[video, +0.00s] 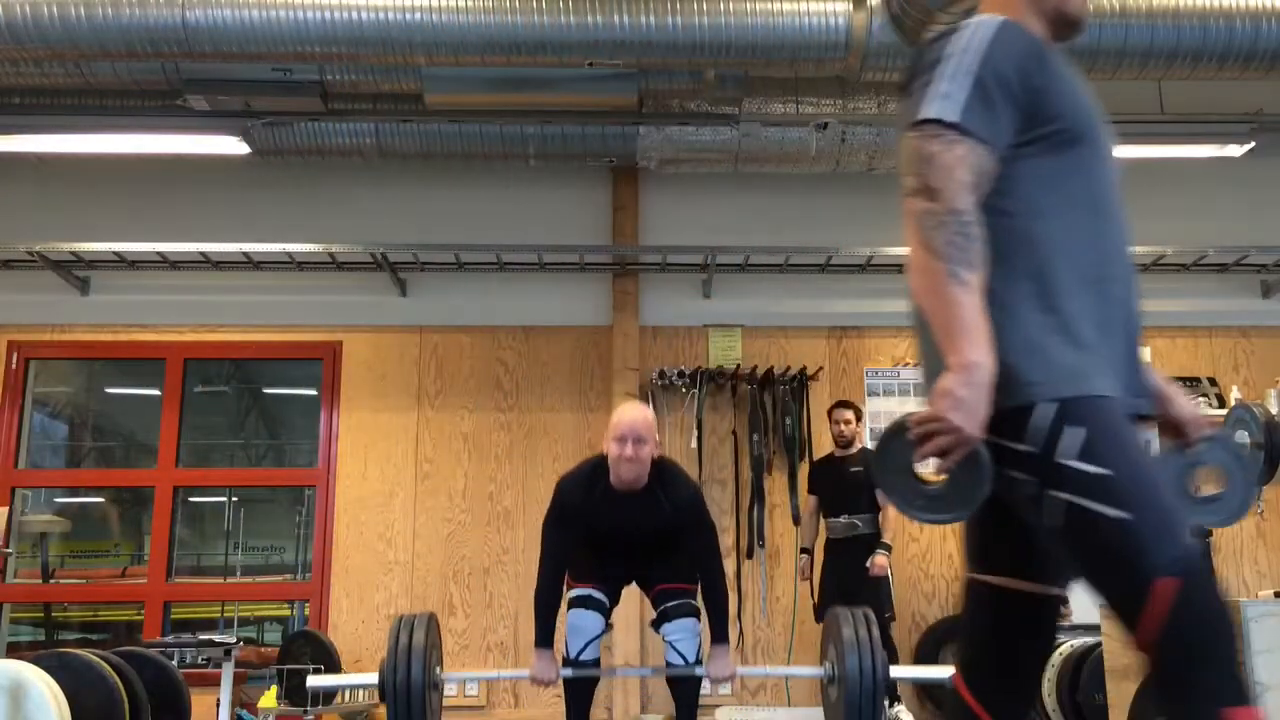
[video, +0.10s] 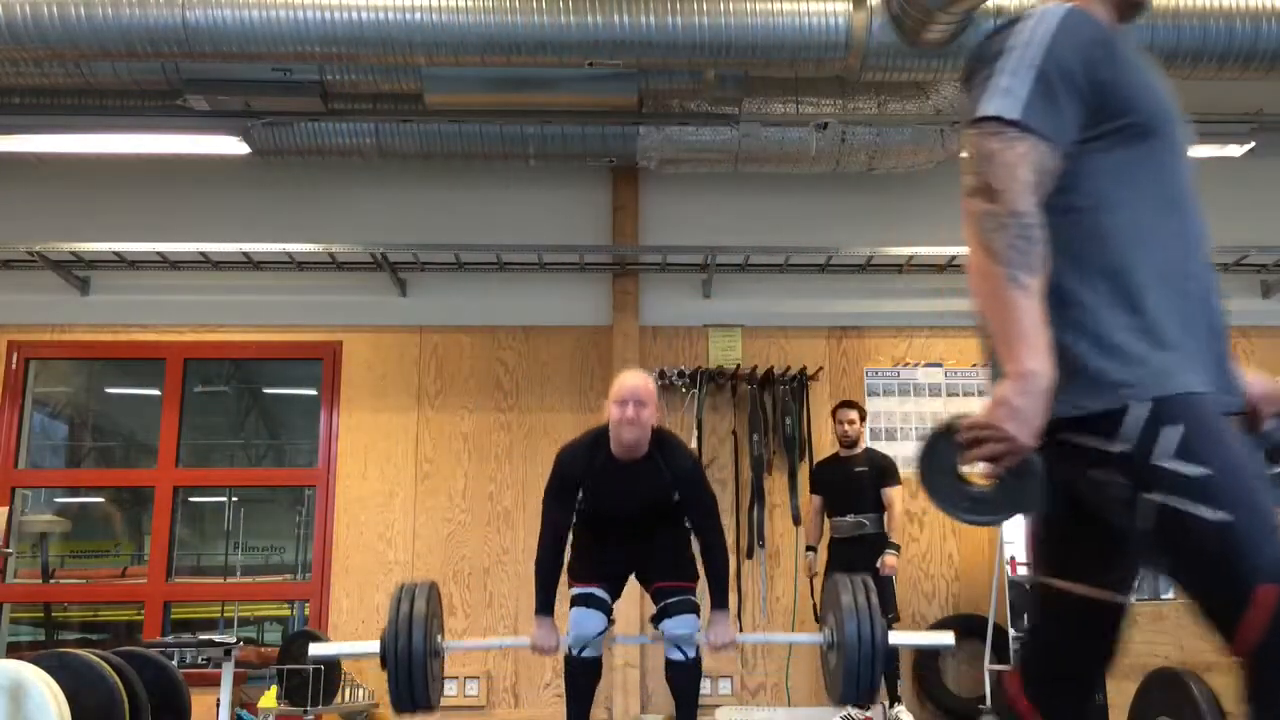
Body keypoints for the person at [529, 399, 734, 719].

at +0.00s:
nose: (629, 451)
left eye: (639, 442)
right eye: (620, 441)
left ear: (656, 446)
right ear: (606, 444)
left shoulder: (680, 490)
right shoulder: (574, 489)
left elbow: (711, 569)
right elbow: (550, 571)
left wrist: (720, 647)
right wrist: (543, 649)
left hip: (665, 562)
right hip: (595, 562)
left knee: (684, 633)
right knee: (582, 629)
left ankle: (686, 715)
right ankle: (577, 715)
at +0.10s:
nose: (630, 413)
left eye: (640, 404)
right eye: (622, 403)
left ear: (656, 412)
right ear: (608, 408)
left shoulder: (678, 460)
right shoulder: (576, 458)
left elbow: (711, 534)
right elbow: (552, 537)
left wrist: (721, 611)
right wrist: (543, 616)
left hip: (663, 543)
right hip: (598, 543)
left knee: (682, 630)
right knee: (585, 630)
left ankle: (686, 715)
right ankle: (577, 716)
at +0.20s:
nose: (630, 369)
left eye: (639, 362)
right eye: (621, 361)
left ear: (654, 375)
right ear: (607, 373)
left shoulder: (677, 429)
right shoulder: (577, 428)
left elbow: (712, 499)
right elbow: (551, 502)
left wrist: (720, 573)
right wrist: (544, 578)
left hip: (662, 528)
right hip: (600, 527)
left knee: (686, 627)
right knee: (585, 624)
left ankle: (687, 716)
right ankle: (576, 716)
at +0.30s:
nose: (629, 326)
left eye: (638, 320)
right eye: (621, 319)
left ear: (653, 335)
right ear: (607, 332)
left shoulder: (673, 395)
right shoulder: (578, 395)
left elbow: (707, 466)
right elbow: (557, 469)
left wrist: (719, 536)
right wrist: (545, 542)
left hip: (659, 523)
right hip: (598, 523)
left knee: (695, 631)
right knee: (580, 627)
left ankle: (688, 718)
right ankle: (577, 719)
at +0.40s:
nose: (625, 309)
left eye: (633, 304)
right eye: (617, 304)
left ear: (649, 319)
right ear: (605, 319)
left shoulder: (672, 371)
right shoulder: (579, 373)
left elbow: (704, 434)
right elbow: (560, 437)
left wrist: (716, 493)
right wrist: (547, 497)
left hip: (662, 510)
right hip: (598, 511)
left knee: (685, 622)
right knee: (582, 619)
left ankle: (689, 716)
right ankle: (575, 717)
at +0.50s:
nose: (625, 303)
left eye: (633, 299)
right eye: (618, 299)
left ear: (648, 313)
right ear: (606, 313)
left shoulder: (671, 353)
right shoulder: (581, 351)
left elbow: (713, 397)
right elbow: (549, 397)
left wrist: (719, 445)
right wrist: (544, 450)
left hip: (661, 496)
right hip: (600, 497)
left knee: (694, 614)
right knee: (575, 612)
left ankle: (705, 714)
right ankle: (559, 715)